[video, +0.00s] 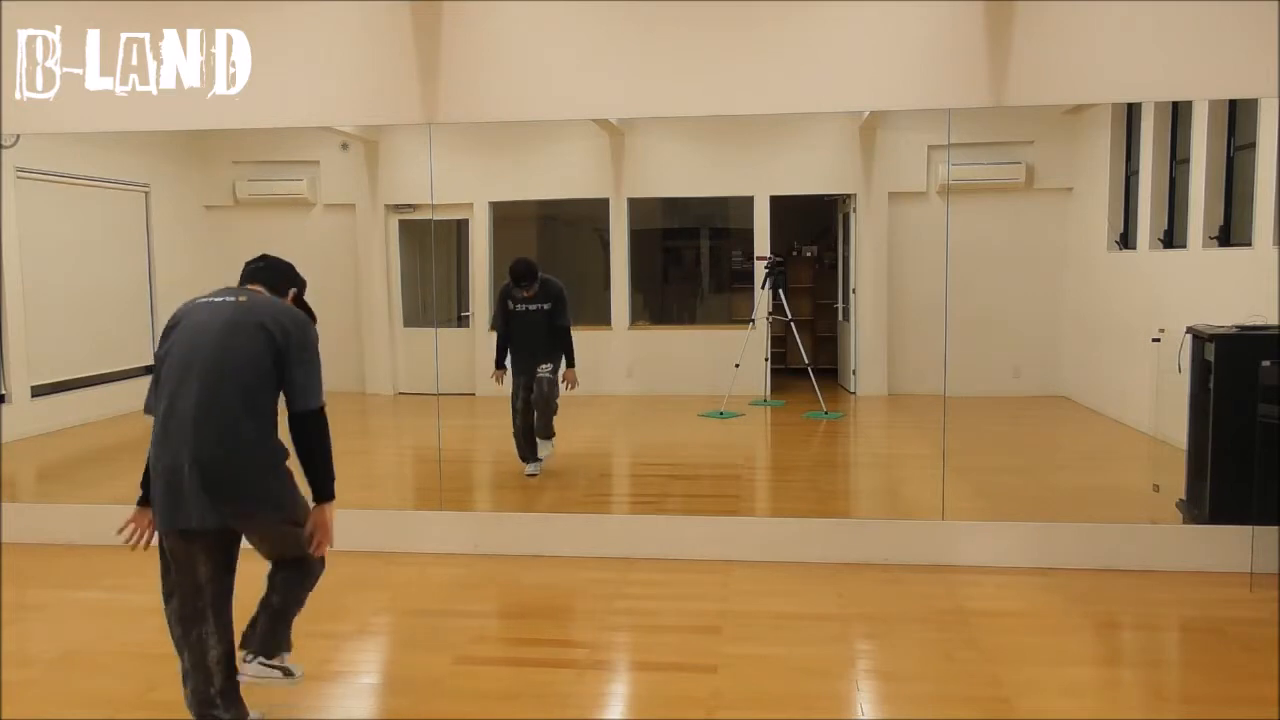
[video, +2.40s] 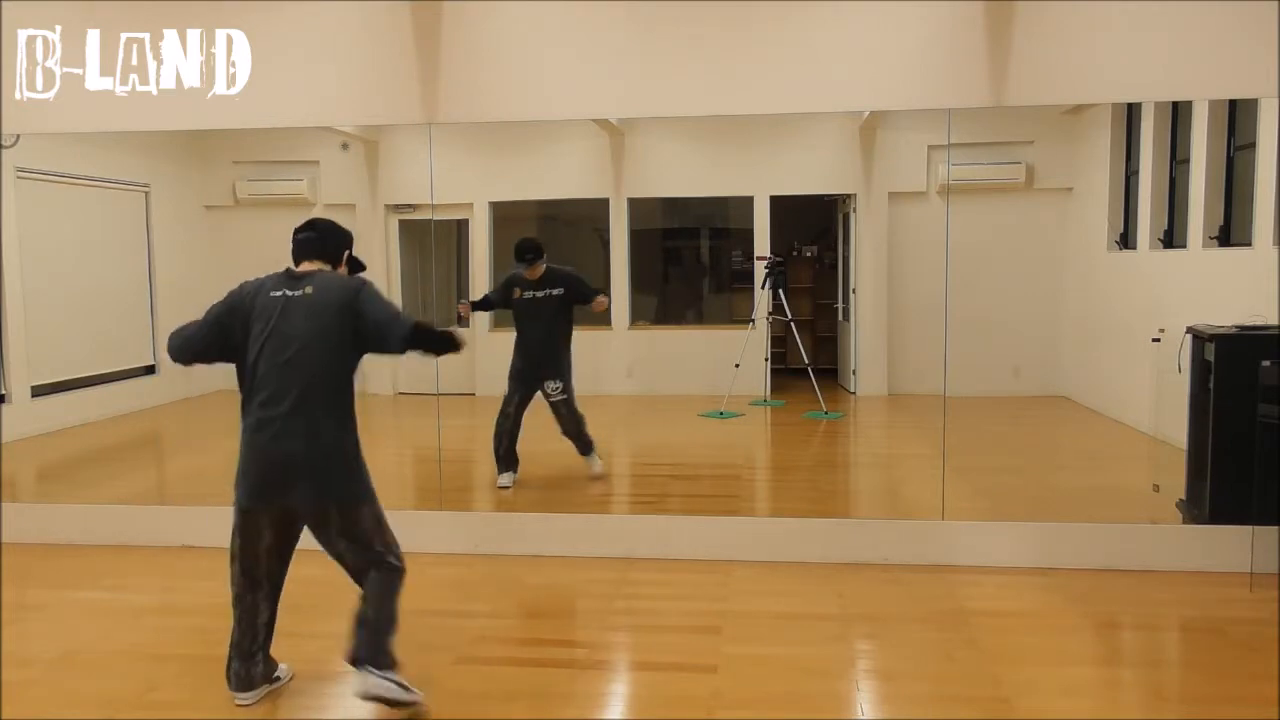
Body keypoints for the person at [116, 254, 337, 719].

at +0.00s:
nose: (295, 311)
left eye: (297, 308)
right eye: (298, 306)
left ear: (243, 285)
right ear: (290, 297)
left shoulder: (185, 314)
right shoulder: (290, 321)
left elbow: (165, 416)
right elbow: (306, 416)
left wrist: (148, 498)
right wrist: (323, 500)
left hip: (178, 479)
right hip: (248, 471)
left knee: (199, 614)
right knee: (299, 554)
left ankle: (217, 711)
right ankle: (264, 649)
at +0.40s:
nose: (320, 302)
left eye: (321, 297)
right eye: (321, 297)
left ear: (271, 277)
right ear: (312, 287)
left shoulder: (215, 301)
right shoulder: (313, 305)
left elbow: (192, 392)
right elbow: (332, 398)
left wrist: (181, 468)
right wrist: (342, 474)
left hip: (198, 471)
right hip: (269, 470)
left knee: (208, 596)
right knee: (295, 584)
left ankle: (218, 706)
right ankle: (291, 695)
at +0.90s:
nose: (337, 304)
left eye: (338, 299)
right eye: (339, 299)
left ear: (289, 279)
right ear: (331, 289)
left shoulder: (231, 302)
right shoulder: (331, 308)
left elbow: (204, 387)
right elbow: (343, 396)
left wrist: (211, 452)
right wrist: (348, 469)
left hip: (212, 462)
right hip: (282, 462)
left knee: (218, 577)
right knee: (294, 578)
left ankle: (216, 688)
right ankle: (293, 692)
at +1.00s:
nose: (335, 318)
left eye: (337, 312)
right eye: (338, 311)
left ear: (289, 293)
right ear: (330, 300)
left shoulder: (239, 323)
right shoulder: (329, 331)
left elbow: (210, 414)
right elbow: (347, 416)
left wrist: (208, 495)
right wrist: (352, 497)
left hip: (228, 466)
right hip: (291, 468)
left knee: (256, 552)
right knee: (307, 587)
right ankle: (297, 692)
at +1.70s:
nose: (338, 297)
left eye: (339, 293)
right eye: (339, 291)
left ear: (286, 275)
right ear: (328, 283)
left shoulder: (237, 301)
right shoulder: (334, 308)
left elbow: (225, 388)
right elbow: (352, 396)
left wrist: (226, 461)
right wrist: (364, 464)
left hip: (238, 452)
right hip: (295, 453)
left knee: (270, 548)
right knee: (308, 571)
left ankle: (269, 625)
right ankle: (283, 687)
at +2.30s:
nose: (343, 288)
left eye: (341, 283)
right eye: (343, 282)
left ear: (289, 275)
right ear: (334, 279)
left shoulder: (244, 305)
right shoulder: (341, 310)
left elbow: (203, 379)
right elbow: (359, 377)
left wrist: (245, 381)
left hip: (246, 470)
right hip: (311, 468)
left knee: (248, 577)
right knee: (346, 557)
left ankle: (248, 676)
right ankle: (308, 625)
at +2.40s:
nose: (348, 268)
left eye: (346, 263)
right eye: (348, 262)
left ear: (293, 257)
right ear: (342, 261)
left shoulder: (250, 296)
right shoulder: (350, 292)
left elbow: (179, 346)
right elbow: (400, 330)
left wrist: (234, 335)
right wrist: (444, 341)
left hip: (261, 468)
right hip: (329, 467)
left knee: (254, 577)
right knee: (382, 563)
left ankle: (248, 676)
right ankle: (372, 661)